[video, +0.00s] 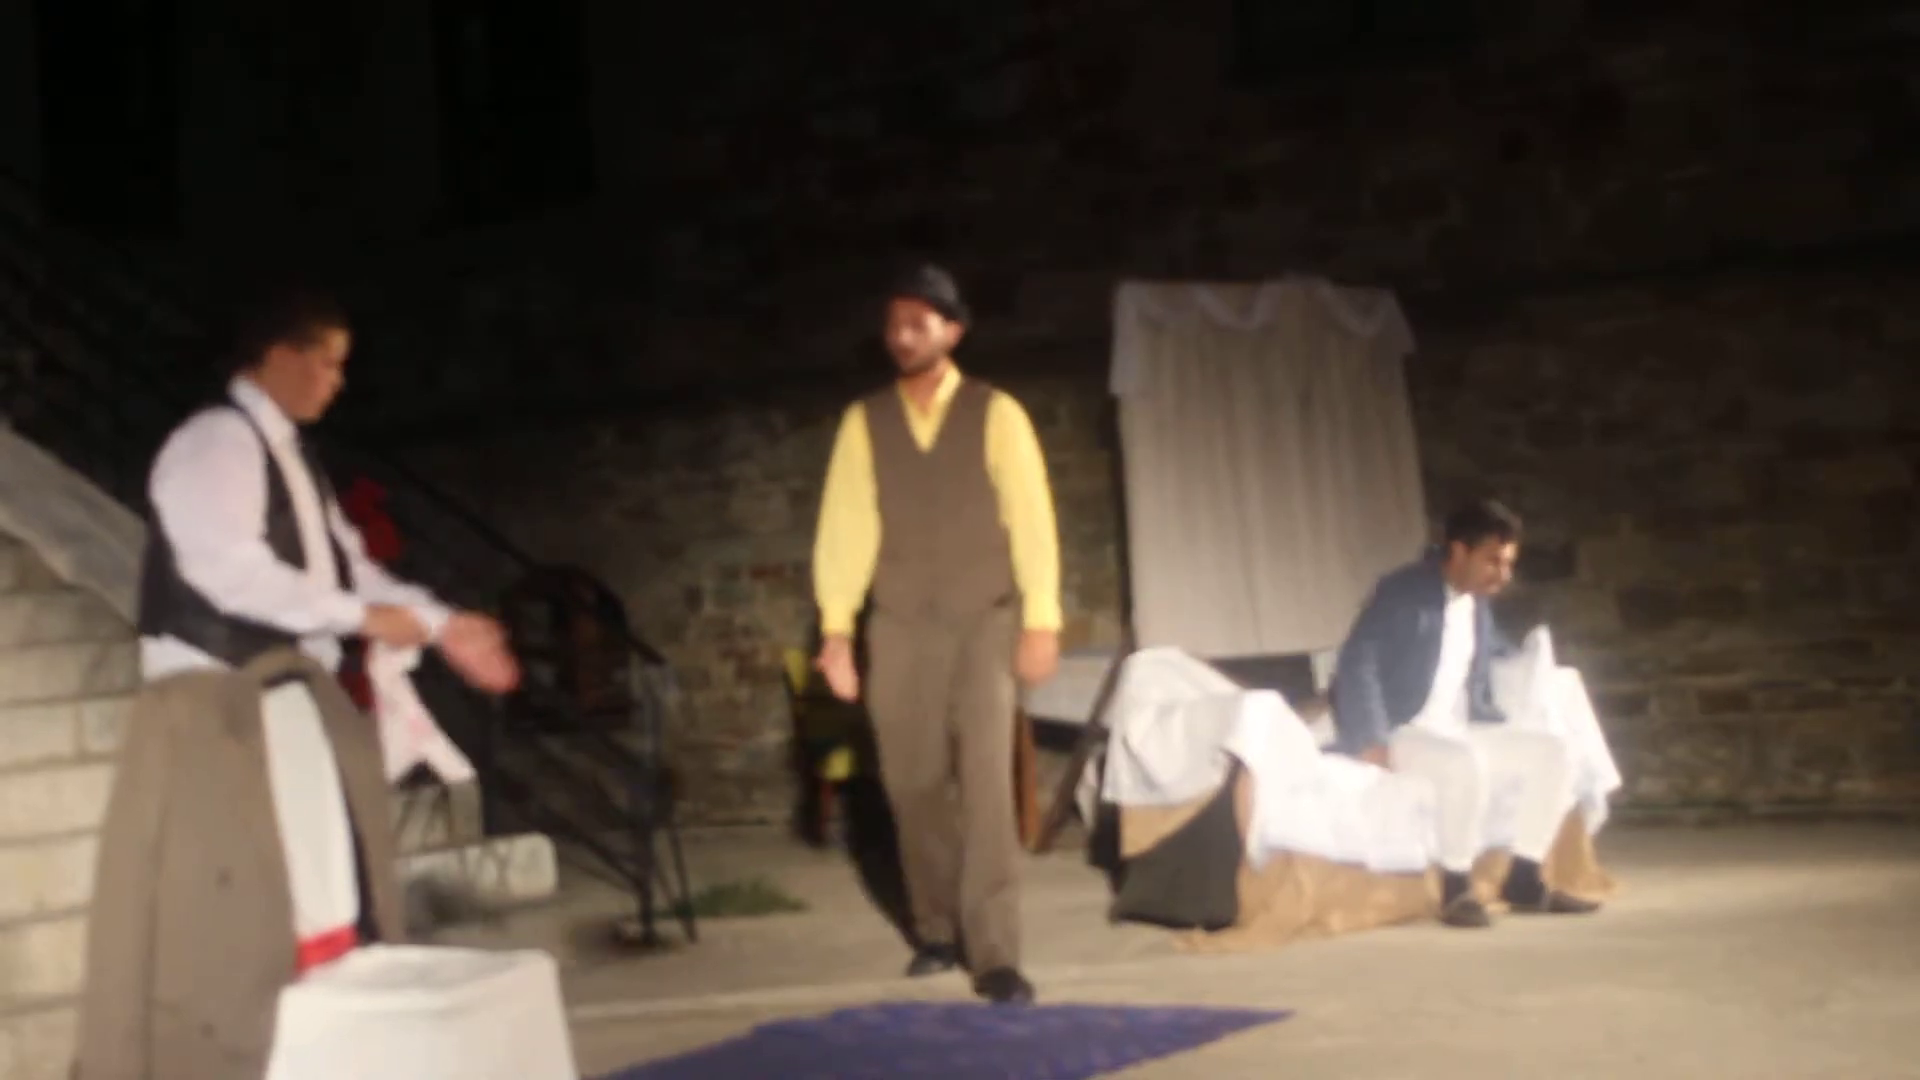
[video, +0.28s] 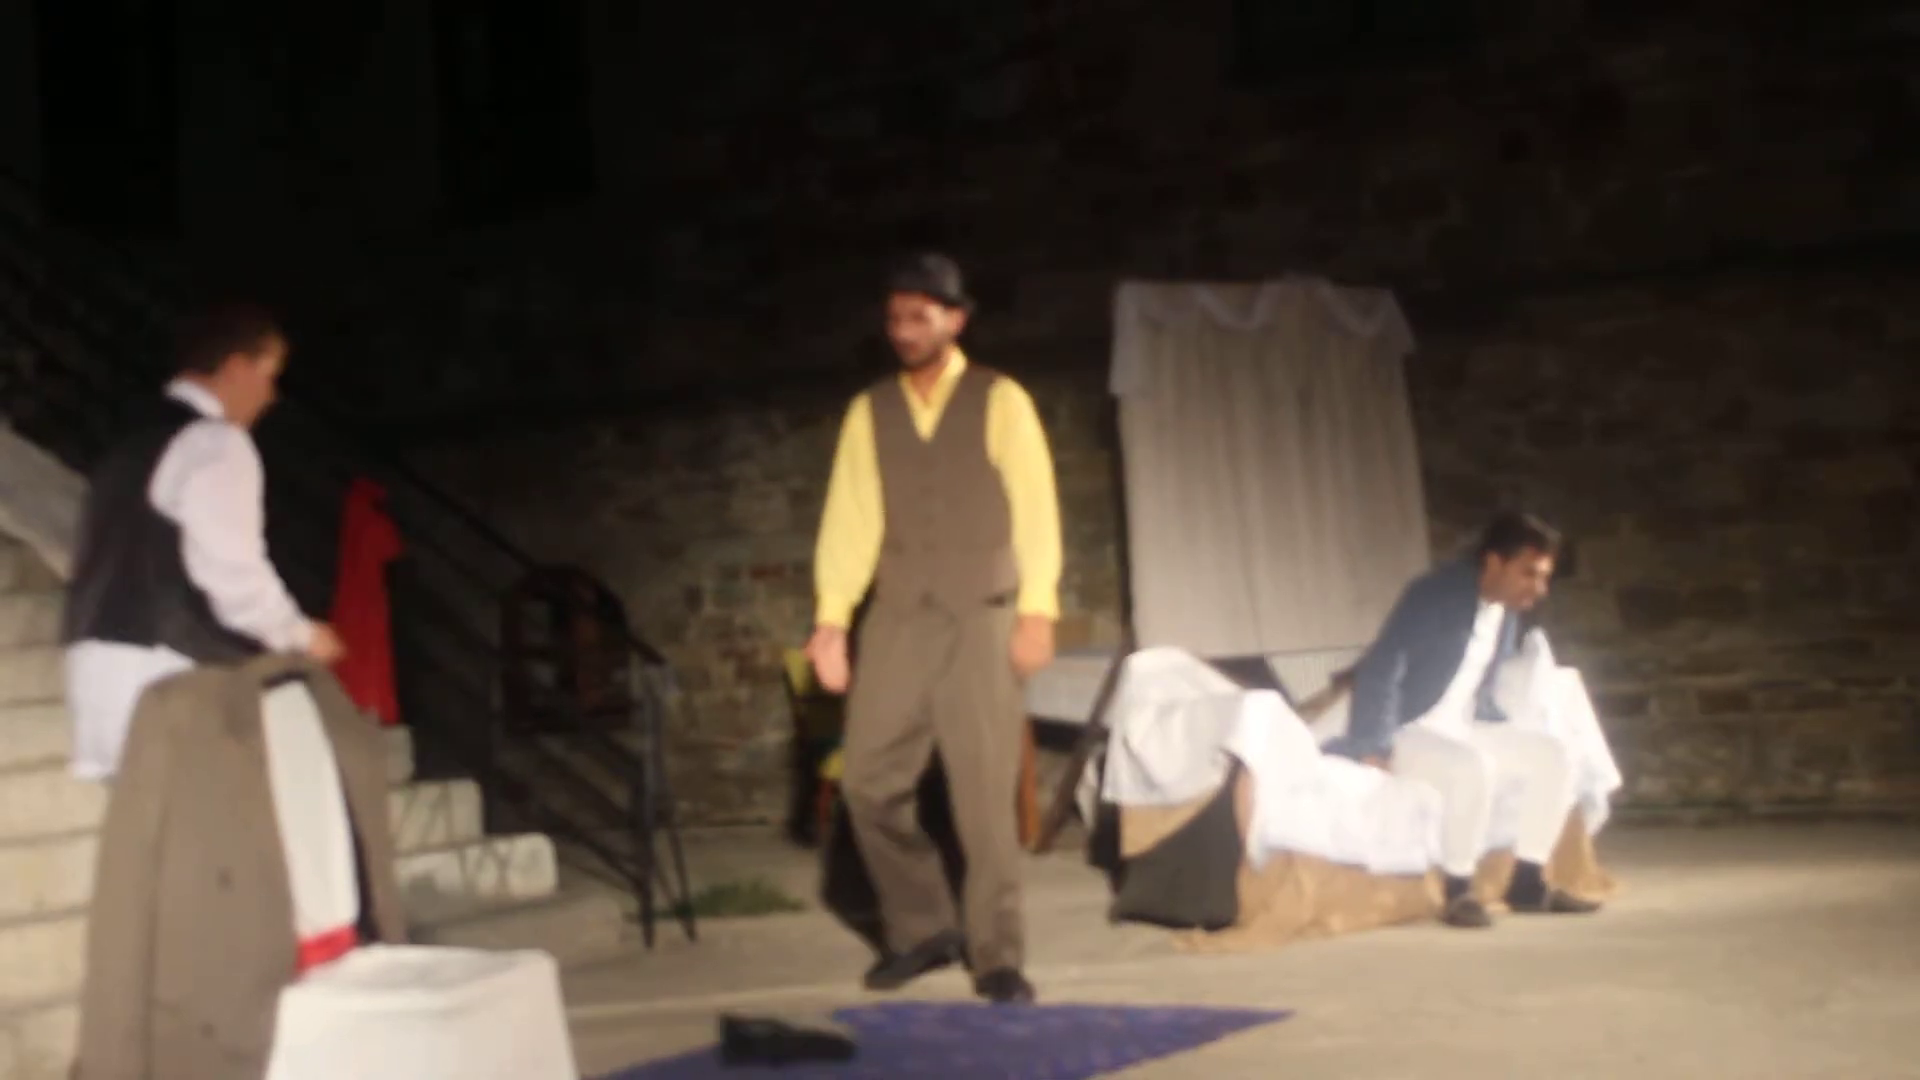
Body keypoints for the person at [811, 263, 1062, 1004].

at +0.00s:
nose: (903, 335)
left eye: (918, 323)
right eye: (896, 322)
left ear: (954, 330)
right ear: (884, 331)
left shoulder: (998, 415)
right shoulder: (863, 423)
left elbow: (1032, 521)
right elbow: (843, 528)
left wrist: (1040, 622)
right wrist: (836, 629)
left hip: (988, 622)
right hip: (898, 627)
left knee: (987, 783)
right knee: (910, 782)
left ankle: (996, 955)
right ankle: (937, 934)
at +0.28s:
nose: (904, 331)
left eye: (919, 317)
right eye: (896, 317)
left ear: (956, 320)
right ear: (885, 323)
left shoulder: (1002, 402)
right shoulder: (870, 412)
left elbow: (1035, 509)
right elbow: (848, 520)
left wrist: (1036, 611)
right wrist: (831, 622)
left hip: (983, 619)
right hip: (895, 620)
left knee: (985, 796)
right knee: (870, 782)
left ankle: (997, 957)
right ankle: (923, 931)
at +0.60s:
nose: (873, 342)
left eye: (887, 327)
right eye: (862, 328)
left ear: (921, 325)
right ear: (848, 331)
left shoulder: (971, 404)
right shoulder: (832, 420)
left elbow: (1005, 513)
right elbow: (816, 531)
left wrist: (1009, 619)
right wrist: (806, 636)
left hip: (961, 632)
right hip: (868, 635)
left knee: (975, 810)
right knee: (863, 817)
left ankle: (999, 959)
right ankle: (845, 984)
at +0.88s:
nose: (839, 328)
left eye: (852, 312)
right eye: (825, 314)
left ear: (879, 313)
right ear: (806, 319)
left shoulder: (927, 392)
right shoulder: (778, 407)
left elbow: (968, 500)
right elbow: (760, 519)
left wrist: (981, 609)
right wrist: (758, 625)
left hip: (925, 622)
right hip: (826, 627)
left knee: (962, 784)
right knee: (833, 811)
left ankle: (971, 942)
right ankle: (847, 982)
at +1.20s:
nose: (844, 329)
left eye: (859, 313)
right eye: (831, 312)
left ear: (887, 312)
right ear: (812, 313)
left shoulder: (932, 386)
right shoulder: (782, 399)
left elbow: (972, 498)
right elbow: (757, 509)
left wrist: (982, 607)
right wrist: (758, 613)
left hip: (927, 624)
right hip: (829, 628)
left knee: (934, 801)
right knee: (849, 806)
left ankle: (952, 974)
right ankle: (858, 980)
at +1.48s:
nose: (831, 313)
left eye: (847, 299)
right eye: (828, 297)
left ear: (896, 302)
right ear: (834, 300)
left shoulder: (965, 386)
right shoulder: (811, 391)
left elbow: (1001, 506)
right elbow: (784, 506)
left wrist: (1010, 616)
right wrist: (774, 616)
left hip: (946, 626)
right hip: (843, 628)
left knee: (951, 812)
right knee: (835, 805)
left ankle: (950, 997)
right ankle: (857, 978)